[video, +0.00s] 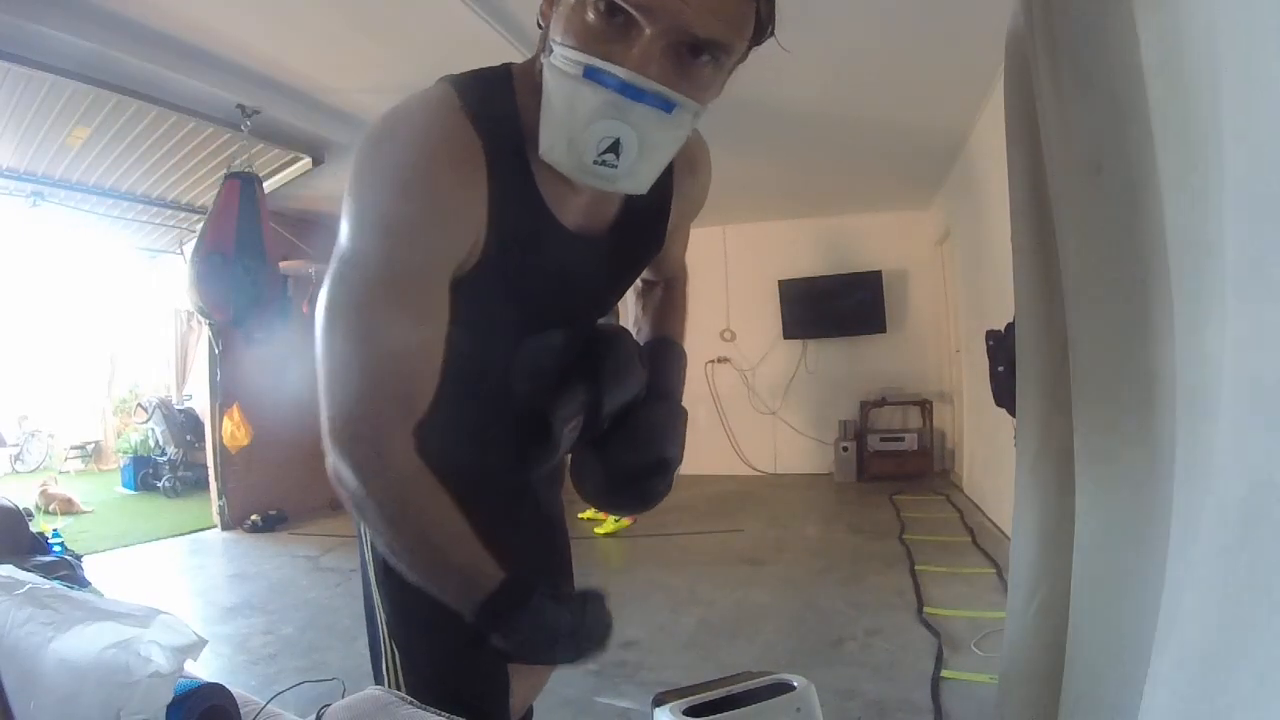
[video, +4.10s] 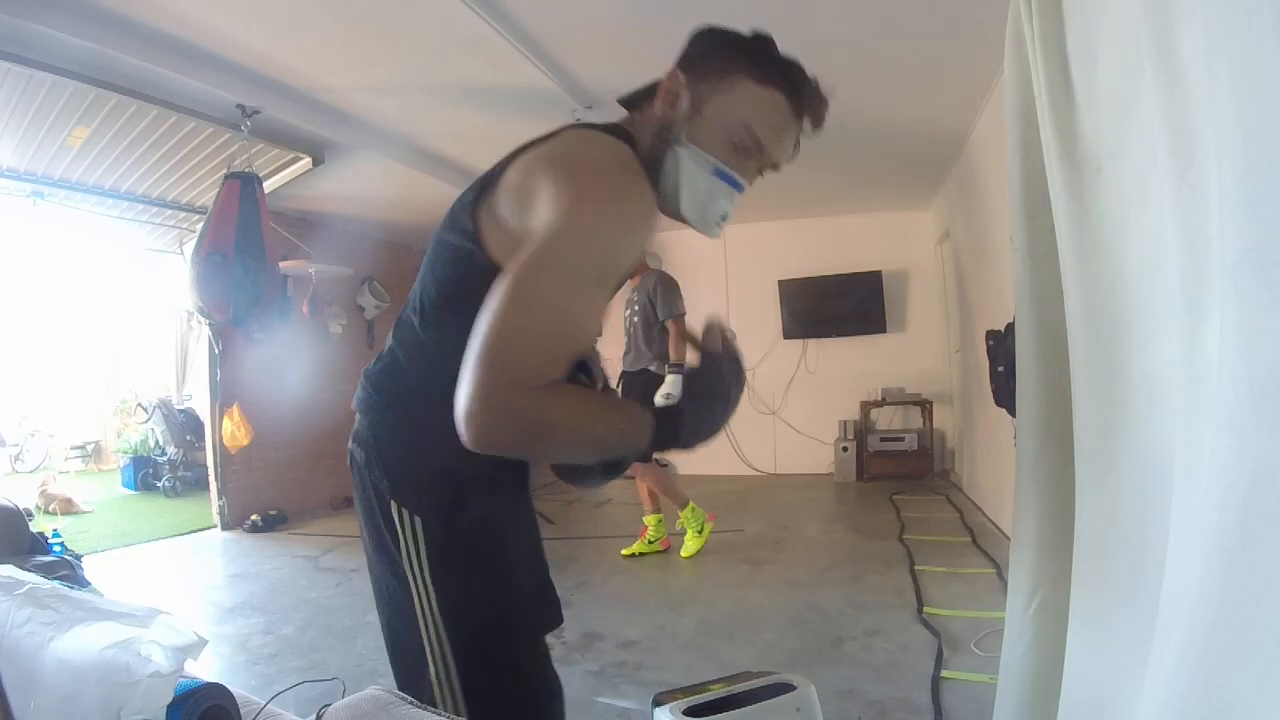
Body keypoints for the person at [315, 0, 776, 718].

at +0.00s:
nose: (635, 75)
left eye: (696, 52)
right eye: (615, 17)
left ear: (733, 72)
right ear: (554, 6)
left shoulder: (678, 169)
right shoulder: (427, 150)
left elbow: (663, 279)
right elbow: (363, 448)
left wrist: (659, 399)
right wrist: (506, 608)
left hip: (536, 465)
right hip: (425, 468)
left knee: (530, 669)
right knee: (455, 703)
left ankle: (507, 713)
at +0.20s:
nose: (625, 70)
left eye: (689, 43)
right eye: (600, 10)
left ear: (730, 61)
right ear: (536, 3)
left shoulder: (685, 173)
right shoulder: (402, 155)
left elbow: (670, 286)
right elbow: (310, 438)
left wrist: (657, 413)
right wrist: (416, 619)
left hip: (538, 476)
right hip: (413, 478)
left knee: (564, 679)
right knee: (432, 697)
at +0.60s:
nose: (658, 107)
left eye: (715, 75)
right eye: (622, 42)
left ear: (750, 68)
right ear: (520, 9)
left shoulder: (684, 172)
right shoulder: (388, 170)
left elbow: (671, 282)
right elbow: (322, 453)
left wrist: (661, 414)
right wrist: (374, 544)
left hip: (556, 468)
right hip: (417, 484)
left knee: (542, 656)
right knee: (464, 704)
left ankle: (515, 710)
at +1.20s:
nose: (689, 175)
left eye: (739, 151)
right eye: (672, 102)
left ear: (761, 146)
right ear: (566, 30)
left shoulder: (658, 179)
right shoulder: (388, 180)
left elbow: (656, 289)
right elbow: (356, 476)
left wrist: (649, 424)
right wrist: (477, 611)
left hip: (553, 500)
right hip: (422, 513)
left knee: (534, 680)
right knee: (460, 698)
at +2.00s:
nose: (685, 151)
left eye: (731, 127)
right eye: (663, 91)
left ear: (763, 112)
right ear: (585, 32)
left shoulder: (645, 180)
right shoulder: (443, 167)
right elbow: (370, 456)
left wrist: (643, 409)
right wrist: (517, 516)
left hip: (533, 466)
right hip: (417, 479)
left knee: (539, 653)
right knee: (458, 700)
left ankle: (512, 710)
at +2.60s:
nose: (697, 129)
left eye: (738, 108)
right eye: (672, 79)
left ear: (764, 105)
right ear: (610, 44)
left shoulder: (665, 186)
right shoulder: (490, 165)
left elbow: (639, 308)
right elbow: (404, 418)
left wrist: (646, 412)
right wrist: (554, 398)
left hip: (537, 459)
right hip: (445, 468)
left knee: (537, 661)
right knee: (488, 699)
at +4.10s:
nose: (743, 180)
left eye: (763, 170)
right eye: (741, 145)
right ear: (675, 95)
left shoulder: (610, 177)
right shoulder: (601, 185)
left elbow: (562, 346)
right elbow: (492, 413)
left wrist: (599, 438)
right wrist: (665, 422)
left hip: (466, 453)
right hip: (431, 459)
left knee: (514, 681)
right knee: (503, 701)